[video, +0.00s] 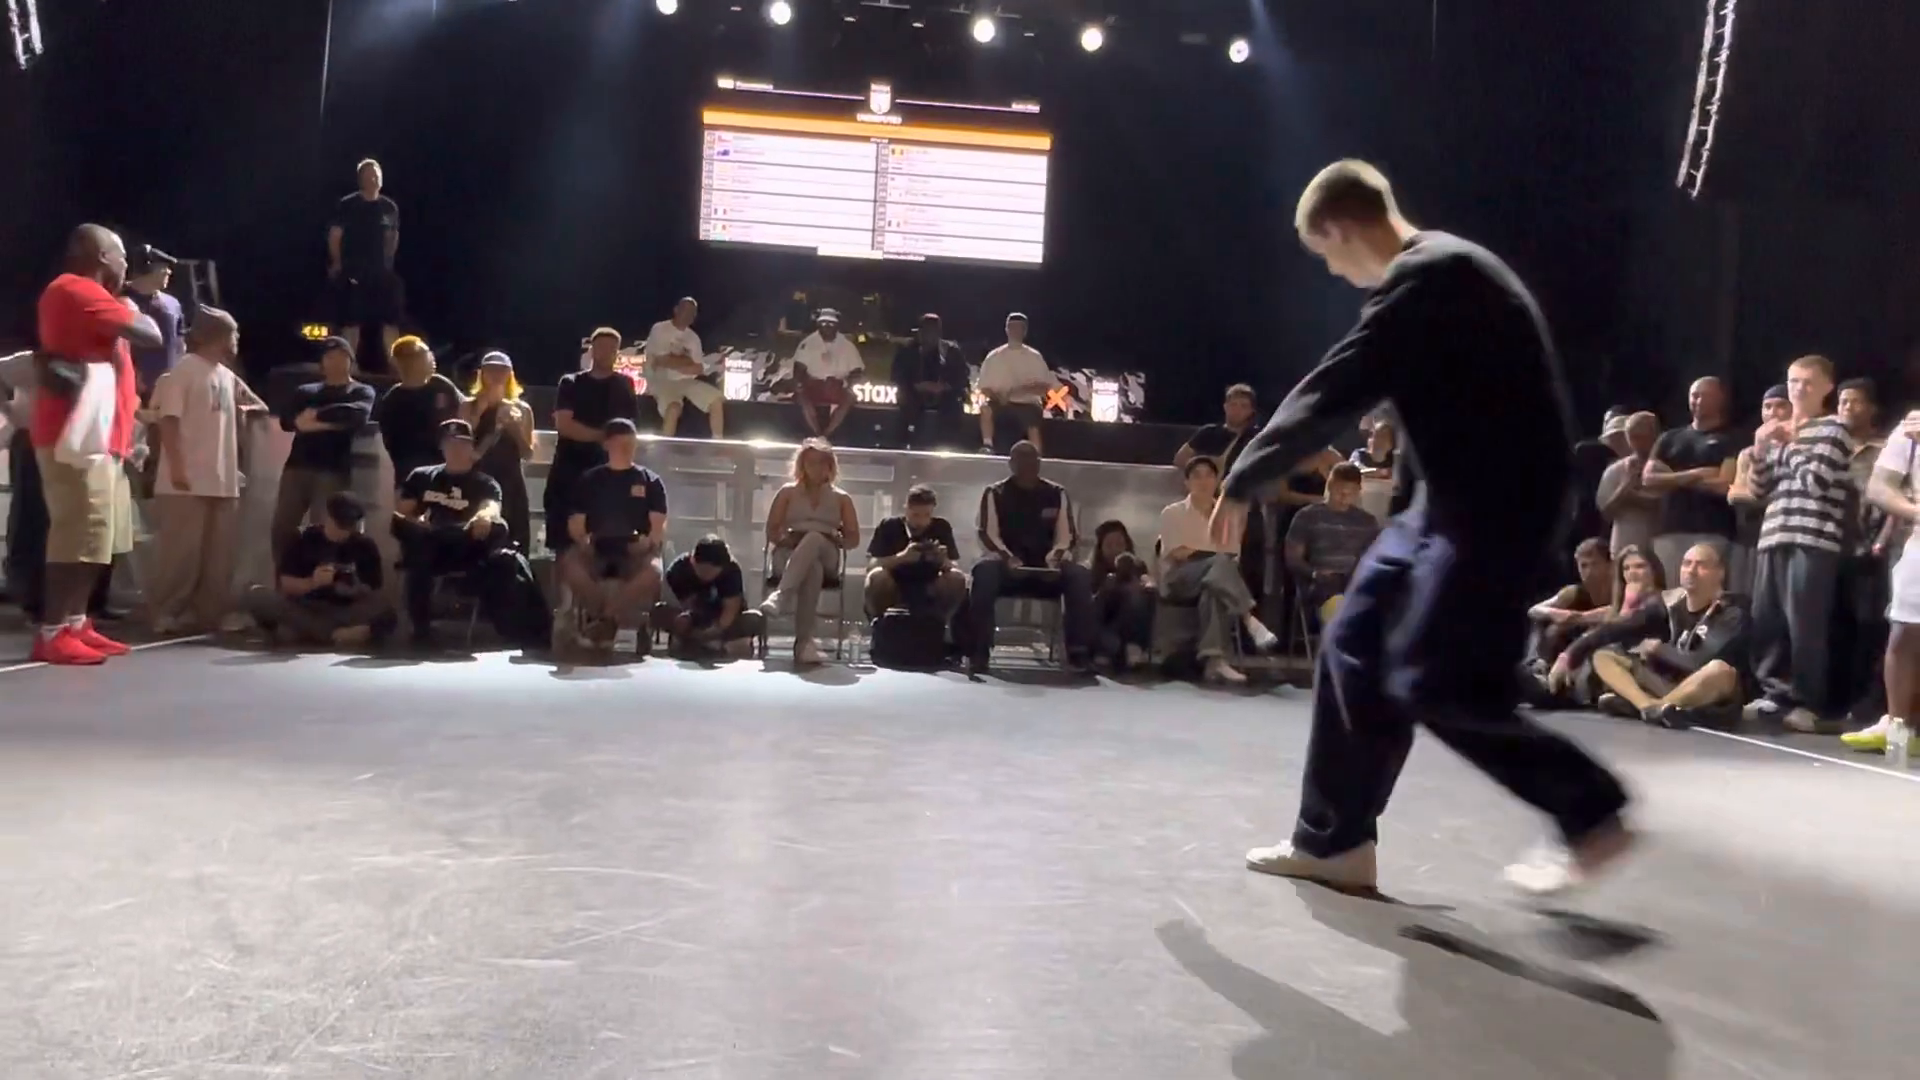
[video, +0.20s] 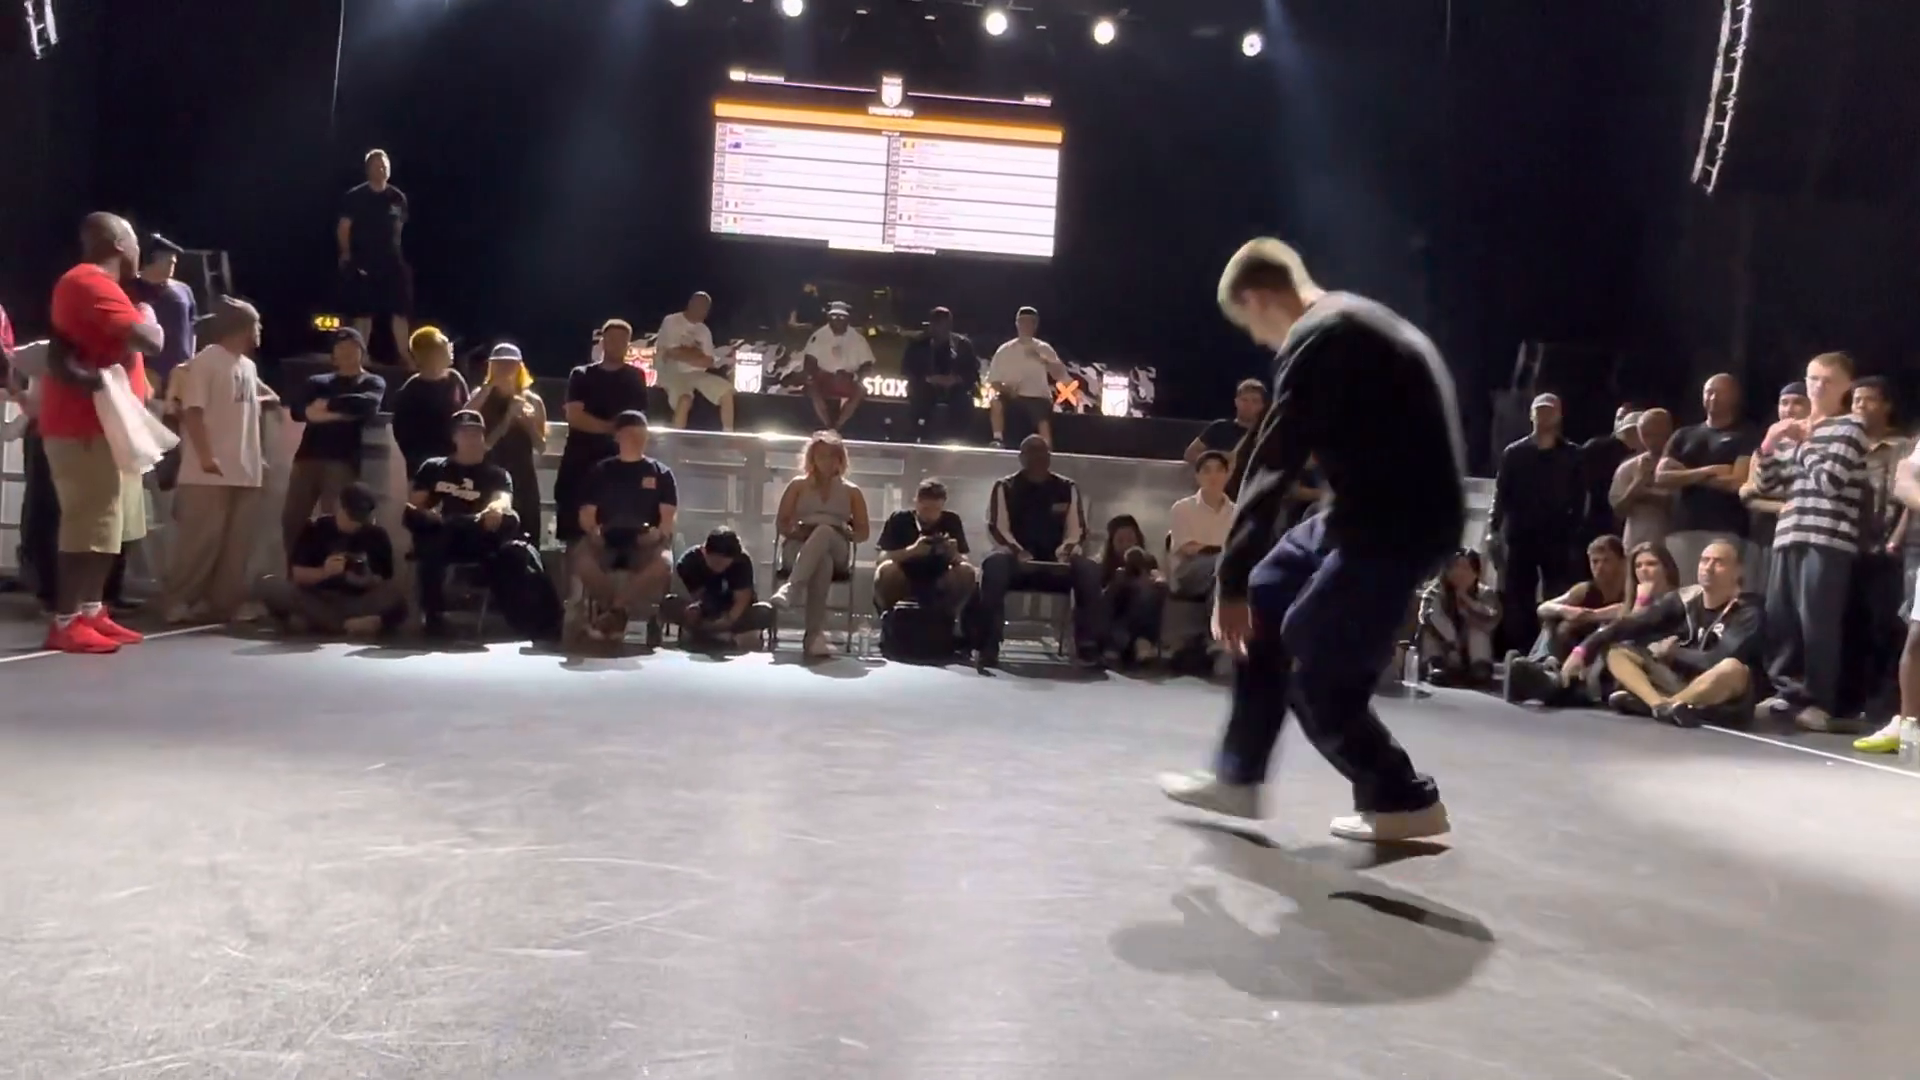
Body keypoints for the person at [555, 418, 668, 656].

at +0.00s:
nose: (623, 447)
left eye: (628, 441)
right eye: (618, 442)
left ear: (635, 444)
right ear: (606, 445)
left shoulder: (650, 482)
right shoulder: (589, 479)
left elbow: (657, 533)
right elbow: (576, 523)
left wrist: (636, 547)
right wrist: (589, 546)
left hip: (634, 545)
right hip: (597, 544)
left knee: (653, 572)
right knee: (570, 563)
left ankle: (607, 620)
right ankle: (608, 617)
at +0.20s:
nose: (635, 440)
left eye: (639, 434)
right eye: (629, 434)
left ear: (646, 437)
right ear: (617, 437)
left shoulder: (661, 474)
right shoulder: (600, 471)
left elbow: (667, 523)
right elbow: (586, 514)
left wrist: (646, 538)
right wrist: (599, 536)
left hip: (643, 535)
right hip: (606, 534)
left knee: (663, 562)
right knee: (582, 556)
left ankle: (614, 611)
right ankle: (616, 612)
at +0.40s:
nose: (644, 431)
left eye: (648, 425)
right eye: (639, 426)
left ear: (655, 428)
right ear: (626, 429)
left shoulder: (670, 466)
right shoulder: (608, 464)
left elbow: (676, 512)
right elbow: (595, 507)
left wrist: (662, 529)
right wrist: (607, 527)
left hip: (652, 527)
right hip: (616, 526)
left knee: (671, 556)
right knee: (591, 550)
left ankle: (622, 606)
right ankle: (624, 607)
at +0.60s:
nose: (652, 426)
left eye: (656, 420)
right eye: (646, 420)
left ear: (663, 423)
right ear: (634, 424)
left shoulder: (677, 460)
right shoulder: (617, 458)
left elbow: (684, 504)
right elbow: (603, 501)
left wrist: (674, 523)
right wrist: (614, 522)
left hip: (660, 522)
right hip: (624, 522)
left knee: (679, 552)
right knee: (598, 545)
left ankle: (629, 600)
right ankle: (632, 600)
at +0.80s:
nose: (656, 423)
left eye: (660, 417)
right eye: (650, 417)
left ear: (667, 420)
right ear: (638, 421)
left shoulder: (681, 457)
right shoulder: (621, 454)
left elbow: (688, 502)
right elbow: (607, 498)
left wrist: (677, 519)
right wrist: (619, 520)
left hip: (664, 518)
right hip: (628, 517)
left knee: (683, 547)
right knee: (603, 542)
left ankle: (633, 596)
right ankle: (637, 596)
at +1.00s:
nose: (660, 421)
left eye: (664, 416)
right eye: (654, 416)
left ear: (670, 418)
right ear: (641, 419)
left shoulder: (684, 455)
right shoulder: (624, 453)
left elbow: (691, 500)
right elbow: (610, 497)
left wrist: (680, 516)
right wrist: (621, 516)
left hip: (667, 515)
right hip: (631, 514)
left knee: (686, 545)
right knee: (606, 538)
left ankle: (635, 593)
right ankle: (639, 594)